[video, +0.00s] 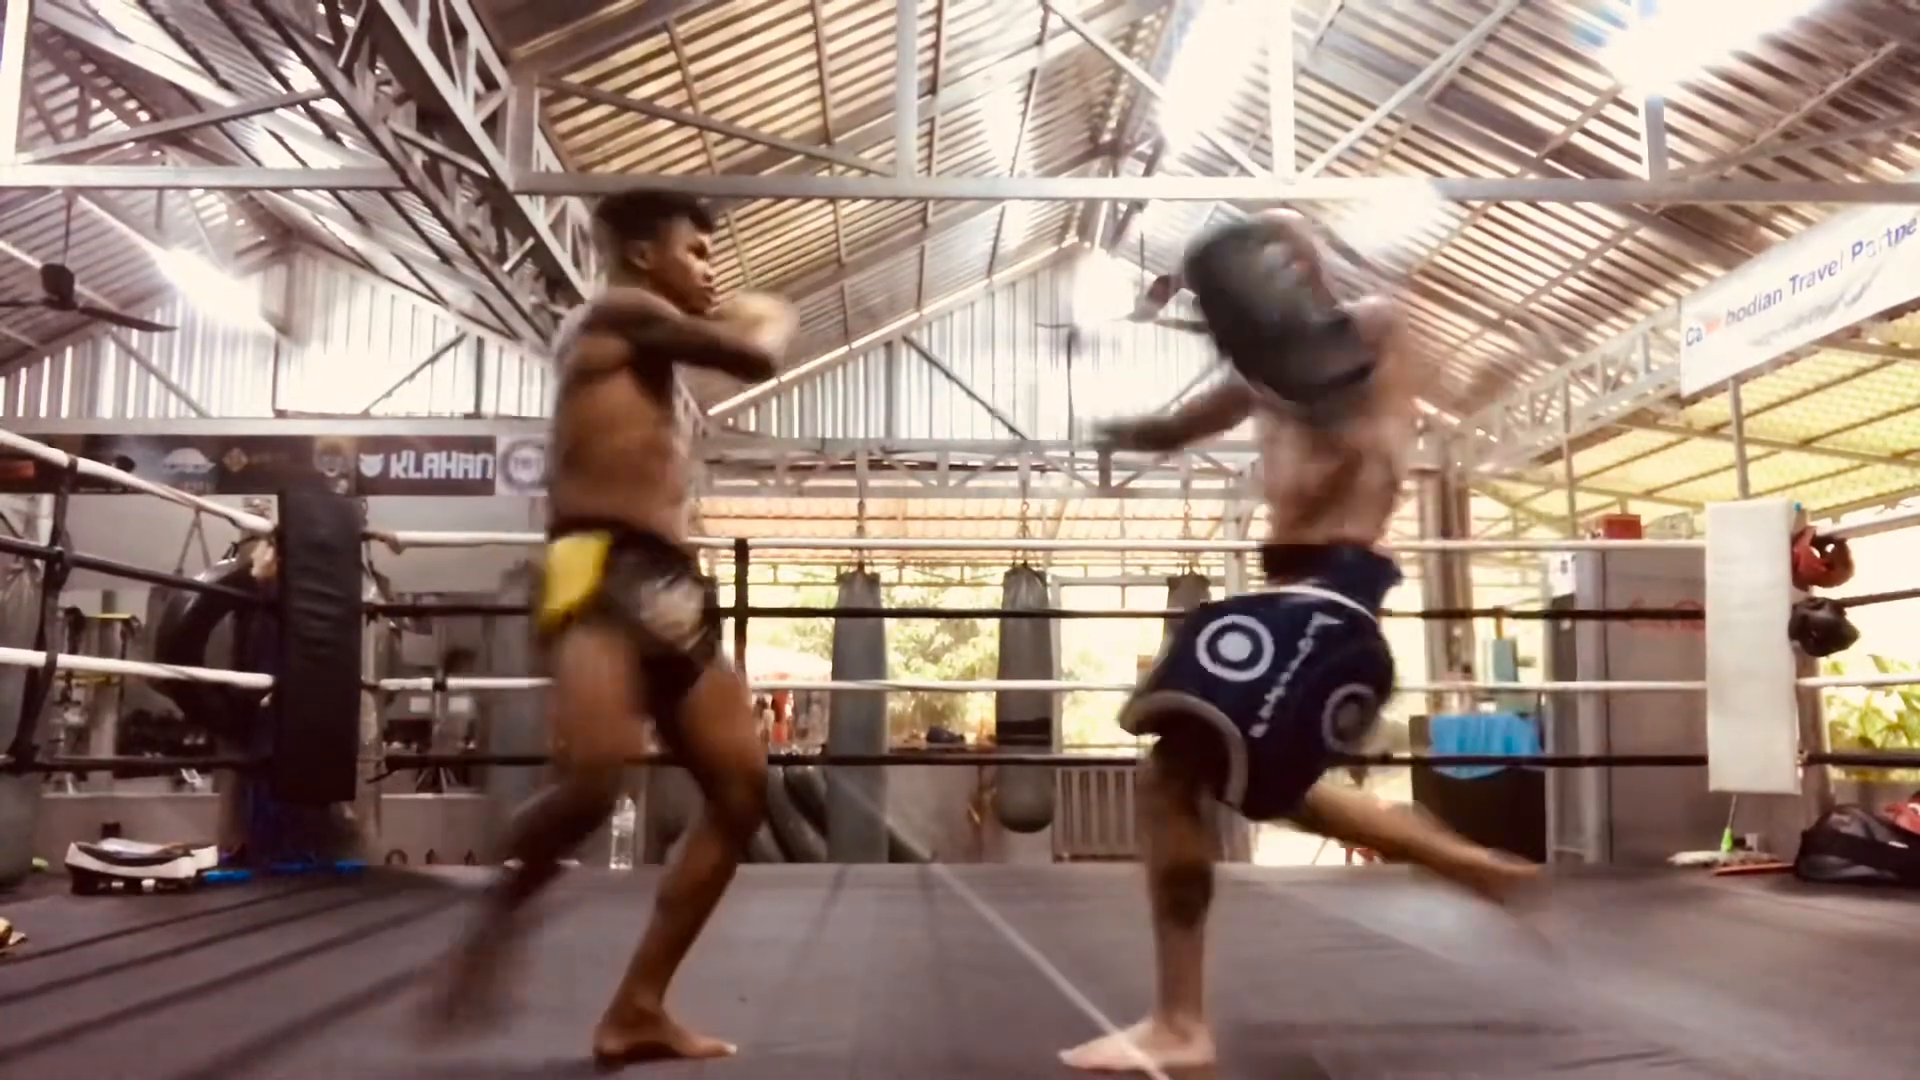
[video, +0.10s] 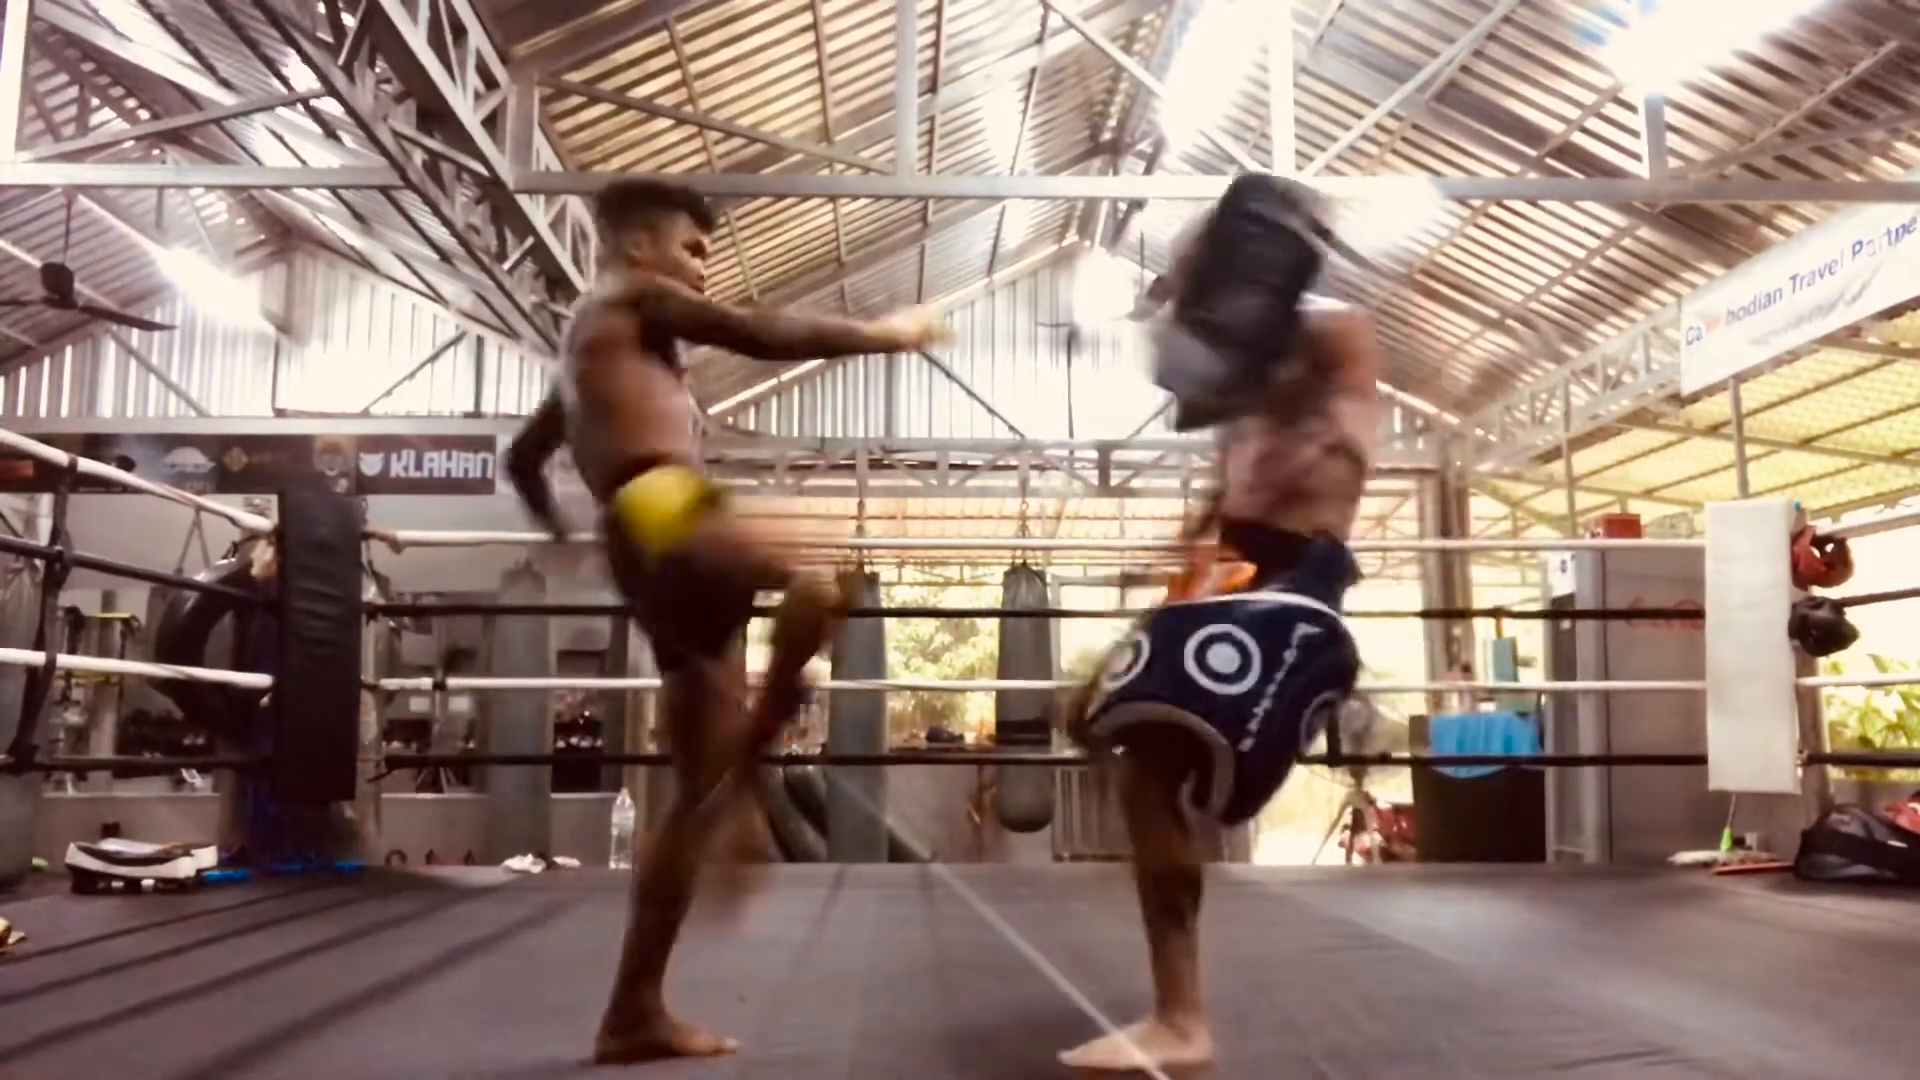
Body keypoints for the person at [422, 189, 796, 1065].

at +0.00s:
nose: (710, 264)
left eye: (709, 250)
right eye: (696, 247)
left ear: (652, 254)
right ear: (643, 250)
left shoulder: (649, 337)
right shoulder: (618, 310)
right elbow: (756, 355)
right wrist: (765, 313)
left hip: (662, 576)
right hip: (599, 564)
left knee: (740, 792)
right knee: (594, 780)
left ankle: (638, 1008)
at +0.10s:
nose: (702, 267)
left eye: (704, 253)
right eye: (691, 249)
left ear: (627, 248)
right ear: (640, 238)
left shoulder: (595, 343)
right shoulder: (634, 292)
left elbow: (520, 457)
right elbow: (760, 335)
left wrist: (556, 527)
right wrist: (889, 333)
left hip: (639, 543)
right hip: (674, 514)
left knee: (703, 790)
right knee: (823, 578)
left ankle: (636, 1010)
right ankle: (761, 726)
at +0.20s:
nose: (703, 268)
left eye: (704, 254)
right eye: (695, 248)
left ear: (613, 250)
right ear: (643, 239)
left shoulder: (566, 378)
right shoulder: (646, 300)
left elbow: (560, 459)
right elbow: (745, 334)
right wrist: (890, 326)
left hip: (679, 562)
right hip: (729, 485)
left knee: (695, 791)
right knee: (935, 416)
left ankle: (637, 1013)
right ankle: (957, 440)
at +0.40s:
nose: (756, 241)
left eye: (758, 227)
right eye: (746, 222)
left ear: (690, 221)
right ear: (696, 214)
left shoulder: (697, 333)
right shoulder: (650, 270)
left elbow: (781, 423)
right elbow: (694, 294)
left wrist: (809, 319)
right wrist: (843, 261)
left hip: (683, 553)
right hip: (724, 489)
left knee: (690, 790)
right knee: (944, 409)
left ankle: (630, 1010)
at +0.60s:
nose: (809, 218)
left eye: (808, 202)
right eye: (798, 199)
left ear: (720, 199)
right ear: (755, 195)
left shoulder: (696, 285)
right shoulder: (734, 242)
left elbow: (736, 420)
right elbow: (886, 292)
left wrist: (802, 423)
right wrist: (1007, 331)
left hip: (703, 531)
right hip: (750, 515)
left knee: (715, 791)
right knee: (834, 777)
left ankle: (639, 1017)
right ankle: (686, 1035)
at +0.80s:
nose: (875, 148)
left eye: (864, 140)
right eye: (870, 136)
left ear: (764, 133)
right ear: (859, 129)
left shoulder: (723, 205)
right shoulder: (906, 204)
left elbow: (565, 237)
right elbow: (922, 320)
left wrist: (454, 296)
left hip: (813, 526)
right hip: (921, 501)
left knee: (815, 782)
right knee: (1030, 763)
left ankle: (800, 1022)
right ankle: (832, 966)